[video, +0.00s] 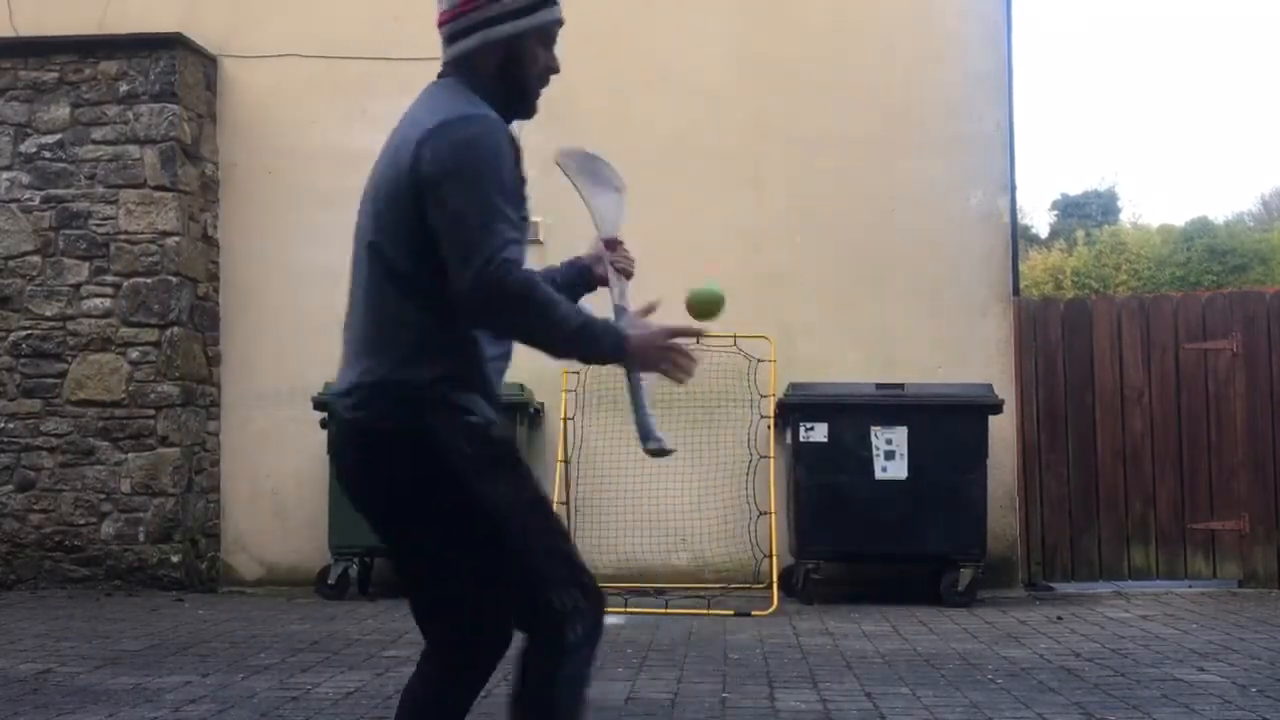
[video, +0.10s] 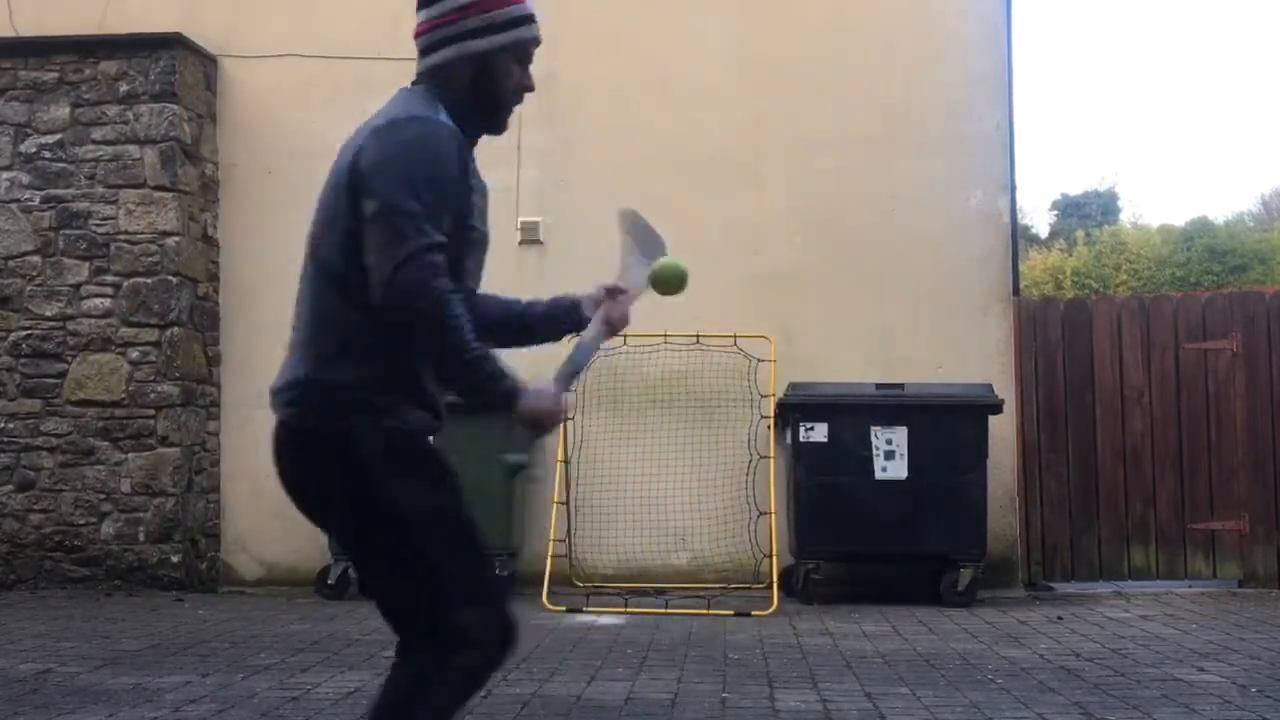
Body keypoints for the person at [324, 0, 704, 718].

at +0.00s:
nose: (554, 64)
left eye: (554, 45)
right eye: (546, 42)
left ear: (485, 47)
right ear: (502, 45)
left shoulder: (436, 123)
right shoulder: (468, 131)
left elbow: (475, 298)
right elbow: (493, 288)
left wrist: (581, 273)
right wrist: (620, 343)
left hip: (380, 424)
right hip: (429, 423)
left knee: (469, 628)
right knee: (570, 610)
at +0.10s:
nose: (529, 81)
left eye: (529, 63)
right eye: (520, 61)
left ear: (467, 61)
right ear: (472, 60)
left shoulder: (441, 148)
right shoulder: (416, 137)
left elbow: (451, 310)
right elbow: (410, 288)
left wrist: (574, 312)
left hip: (373, 427)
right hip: (351, 430)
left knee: (452, 634)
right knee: (470, 631)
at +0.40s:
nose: (437, 130)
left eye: (442, 111)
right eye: (435, 106)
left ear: (388, 94)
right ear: (389, 90)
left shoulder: (349, 207)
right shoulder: (262, 127)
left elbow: (329, 339)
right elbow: (156, 226)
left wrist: (419, 394)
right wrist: (216, 386)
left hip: (211, 426)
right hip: (114, 414)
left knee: (303, 615)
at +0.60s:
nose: (402, 126)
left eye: (406, 109)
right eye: (397, 106)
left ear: (340, 91)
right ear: (350, 92)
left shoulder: (329, 184)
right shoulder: (211, 111)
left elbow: (339, 286)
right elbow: (131, 167)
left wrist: (396, 181)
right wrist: (300, 160)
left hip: (183, 423)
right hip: (92, 406)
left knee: (185, 652)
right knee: (137, 654)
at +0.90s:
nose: (399, 156)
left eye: (405, 135)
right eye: (396, 133)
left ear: (340, 115)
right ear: (352, 119)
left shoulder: (288, 177)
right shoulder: (274, 178)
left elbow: (317, 338)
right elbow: (256, 365)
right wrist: (315, 471)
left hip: (134, 431)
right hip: (90, 429)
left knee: (180, 660)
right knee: (161, 664)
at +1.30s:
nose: (425, 90)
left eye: (425, 78)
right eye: (426, 77)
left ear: (342, 67)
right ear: (421, 76)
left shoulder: (268, 145)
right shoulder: (416, 152)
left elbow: (228, 297)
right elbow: (455, 304)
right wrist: (434, 423)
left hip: (194, 415)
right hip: (286, 425)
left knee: (283, 646)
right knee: (354, 656)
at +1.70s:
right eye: (610, 13)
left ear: (533, 19)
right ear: (612, 19)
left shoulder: (485, 102)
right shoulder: (653, 102)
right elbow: (752, 174)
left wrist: (659, 93)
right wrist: (735, 122)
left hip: (498, 413)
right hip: (619, 417)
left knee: (426, 627)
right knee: (675, 651)